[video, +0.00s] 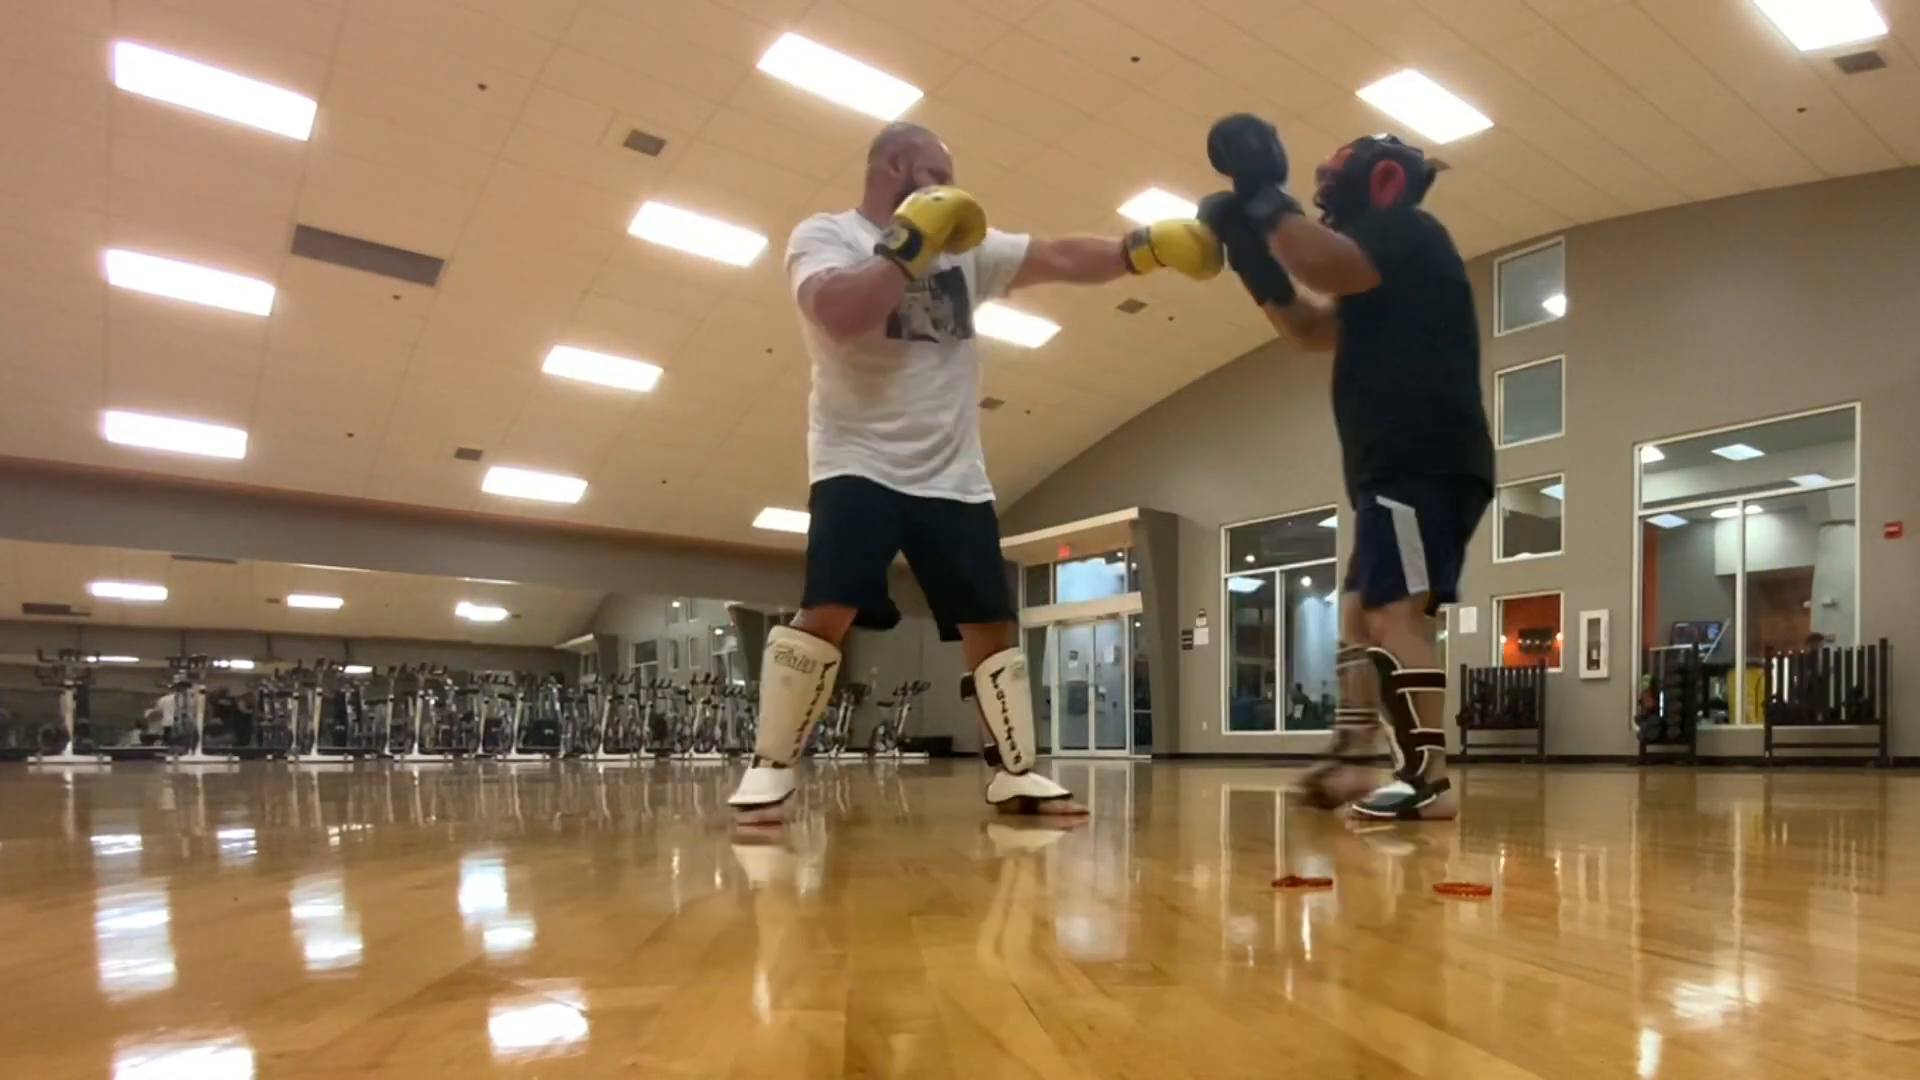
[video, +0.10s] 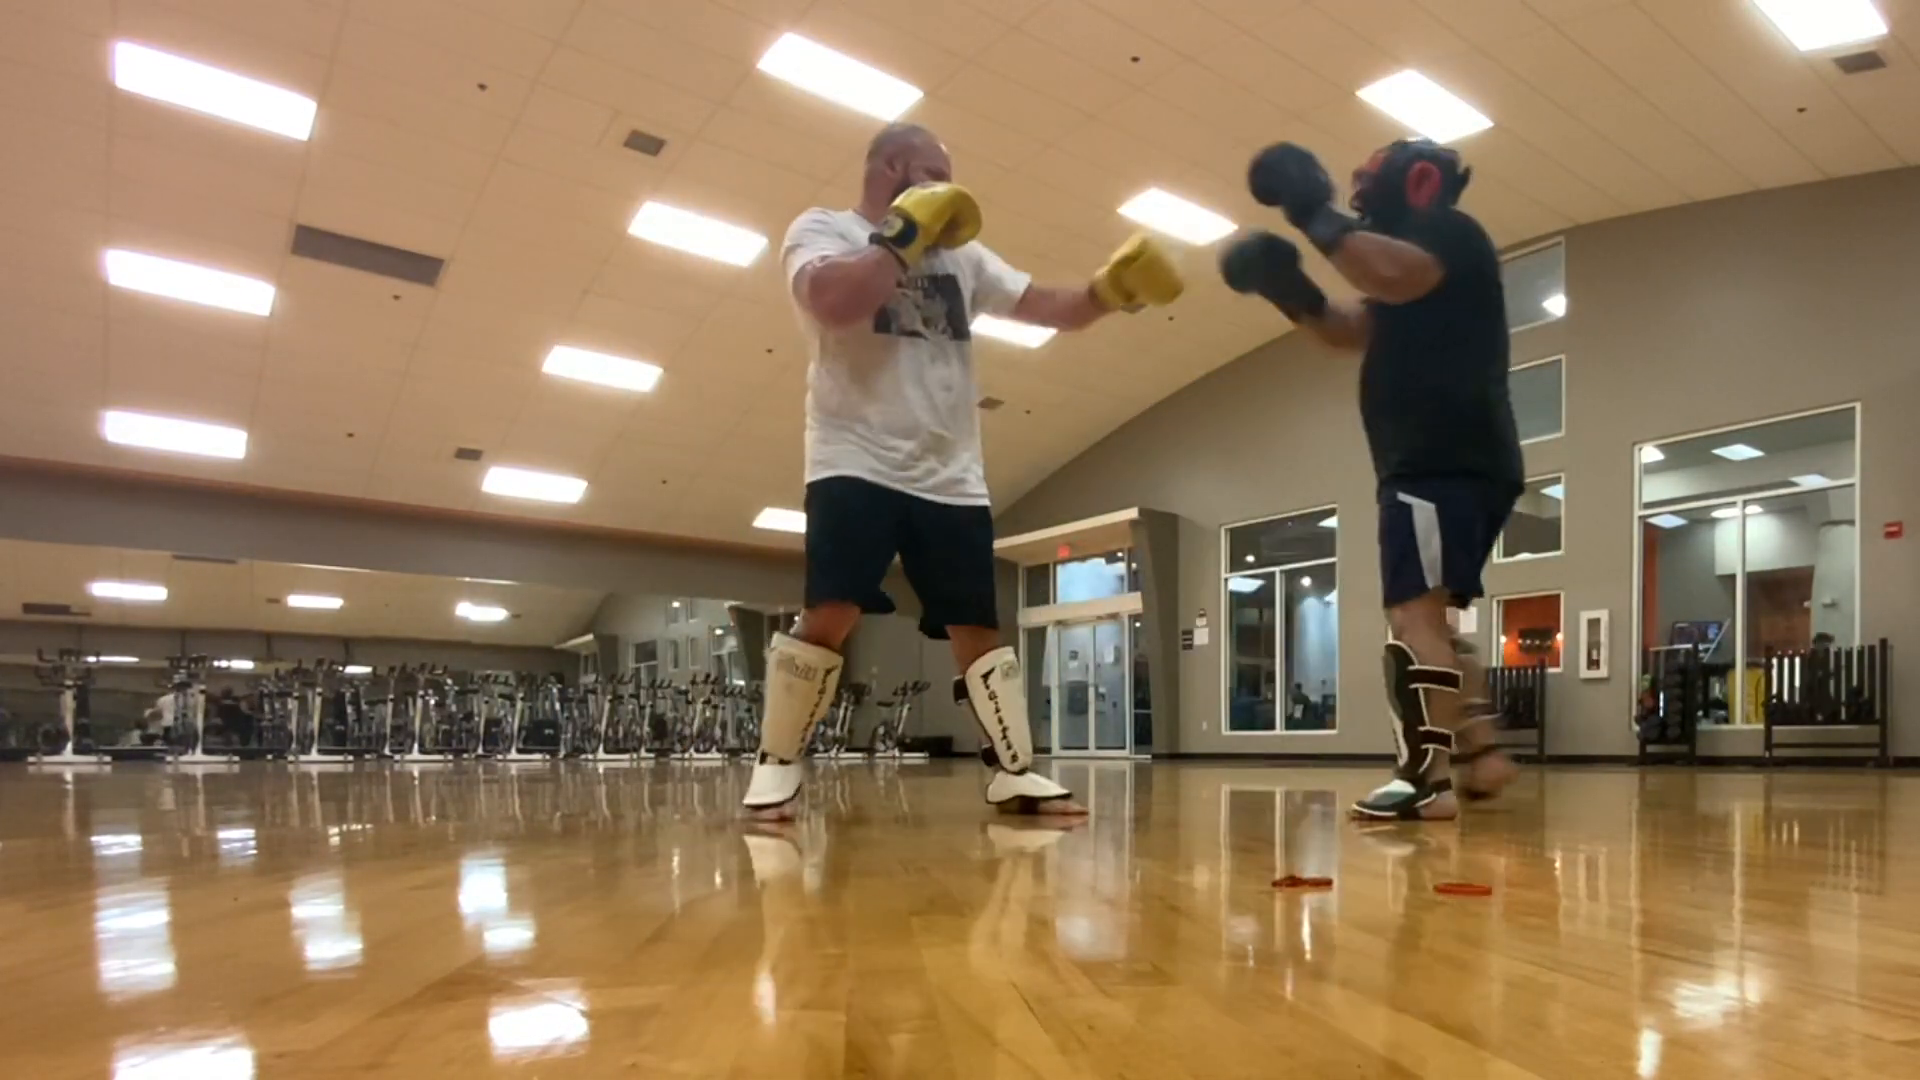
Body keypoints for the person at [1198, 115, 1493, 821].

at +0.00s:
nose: (1324, 202)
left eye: (1333, 188)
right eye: (1323, 191)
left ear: (1376, 180)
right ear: (1382, 186)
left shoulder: (1409, 231)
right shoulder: (1379, 276)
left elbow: (1327, 263)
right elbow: (1309, 331)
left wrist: (1265, 197)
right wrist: (1251, 259)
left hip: (1425, 453)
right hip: (1391, 461)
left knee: (1396, 614)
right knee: (1361, 610)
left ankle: (1429, 778)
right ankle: (1356, 757)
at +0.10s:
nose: (1354, 189)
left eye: (1367, 175)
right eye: (1356, 180)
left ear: (1418, 178)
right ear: (1419, 183)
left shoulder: (1451, 232)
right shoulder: (1410, 259)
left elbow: (1397, 276)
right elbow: (1349, 331)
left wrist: (1315, 213)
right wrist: (1288, 289)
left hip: (1446, 455)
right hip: (1432, 457)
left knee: (1415, 609)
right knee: (1422, 609)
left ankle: (1427, 777)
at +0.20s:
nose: (1387, 193)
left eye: (1401, 177)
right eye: (1389, 182)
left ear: (1452, 184)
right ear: (1454, 189)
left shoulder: (1480, 235)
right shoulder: (1433, 284)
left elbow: (1465, 285)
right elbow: (1414, 392)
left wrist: (1372, 233)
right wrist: (1348, 350)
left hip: (1456, 462)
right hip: (1501, 464)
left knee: (1424, 612)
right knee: (1497, 617)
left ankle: (1430, 779)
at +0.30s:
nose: (1413, 203)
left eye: (1428, 186)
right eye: (1414, 192)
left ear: (1479, 200)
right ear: (1473, 207)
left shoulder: (1509, 250)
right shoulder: (1465, 293)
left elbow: (1522, 309)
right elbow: (1450, 416)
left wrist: (1417, 278)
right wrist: (1381, 381)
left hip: (1491, 477)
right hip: (1529, 477)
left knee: (1437, 613)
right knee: (1561, 625)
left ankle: (1431, 778)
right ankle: (1625, 776)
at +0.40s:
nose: (1430, 216)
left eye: (1444, 202)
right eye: (1431, 206)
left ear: (1492, 208)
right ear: (1486, 215)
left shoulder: (1532, 257)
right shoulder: (1486, 297)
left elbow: (1539, 320)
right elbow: (1469, 417)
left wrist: (1439, 309)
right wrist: (1401, 377)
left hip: (1516, 479)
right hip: (1551, 480)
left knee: (1468, 611)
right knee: (1582, 620)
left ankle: (1453, 774)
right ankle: (1629, 780)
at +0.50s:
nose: (1443, 216)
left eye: (1456, 201)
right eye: (1444, 206)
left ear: (1506, 203)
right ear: (1505, 209)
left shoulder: (1540, 249)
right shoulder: (1493, 294)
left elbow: (1531, 311)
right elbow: (1465, 402)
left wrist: (1438, 273)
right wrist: (1411, 341)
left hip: (1530, 464)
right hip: (1567, 469)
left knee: (1476, 604)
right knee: (1585, 615)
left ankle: (1500, 764)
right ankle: (1629, 778)